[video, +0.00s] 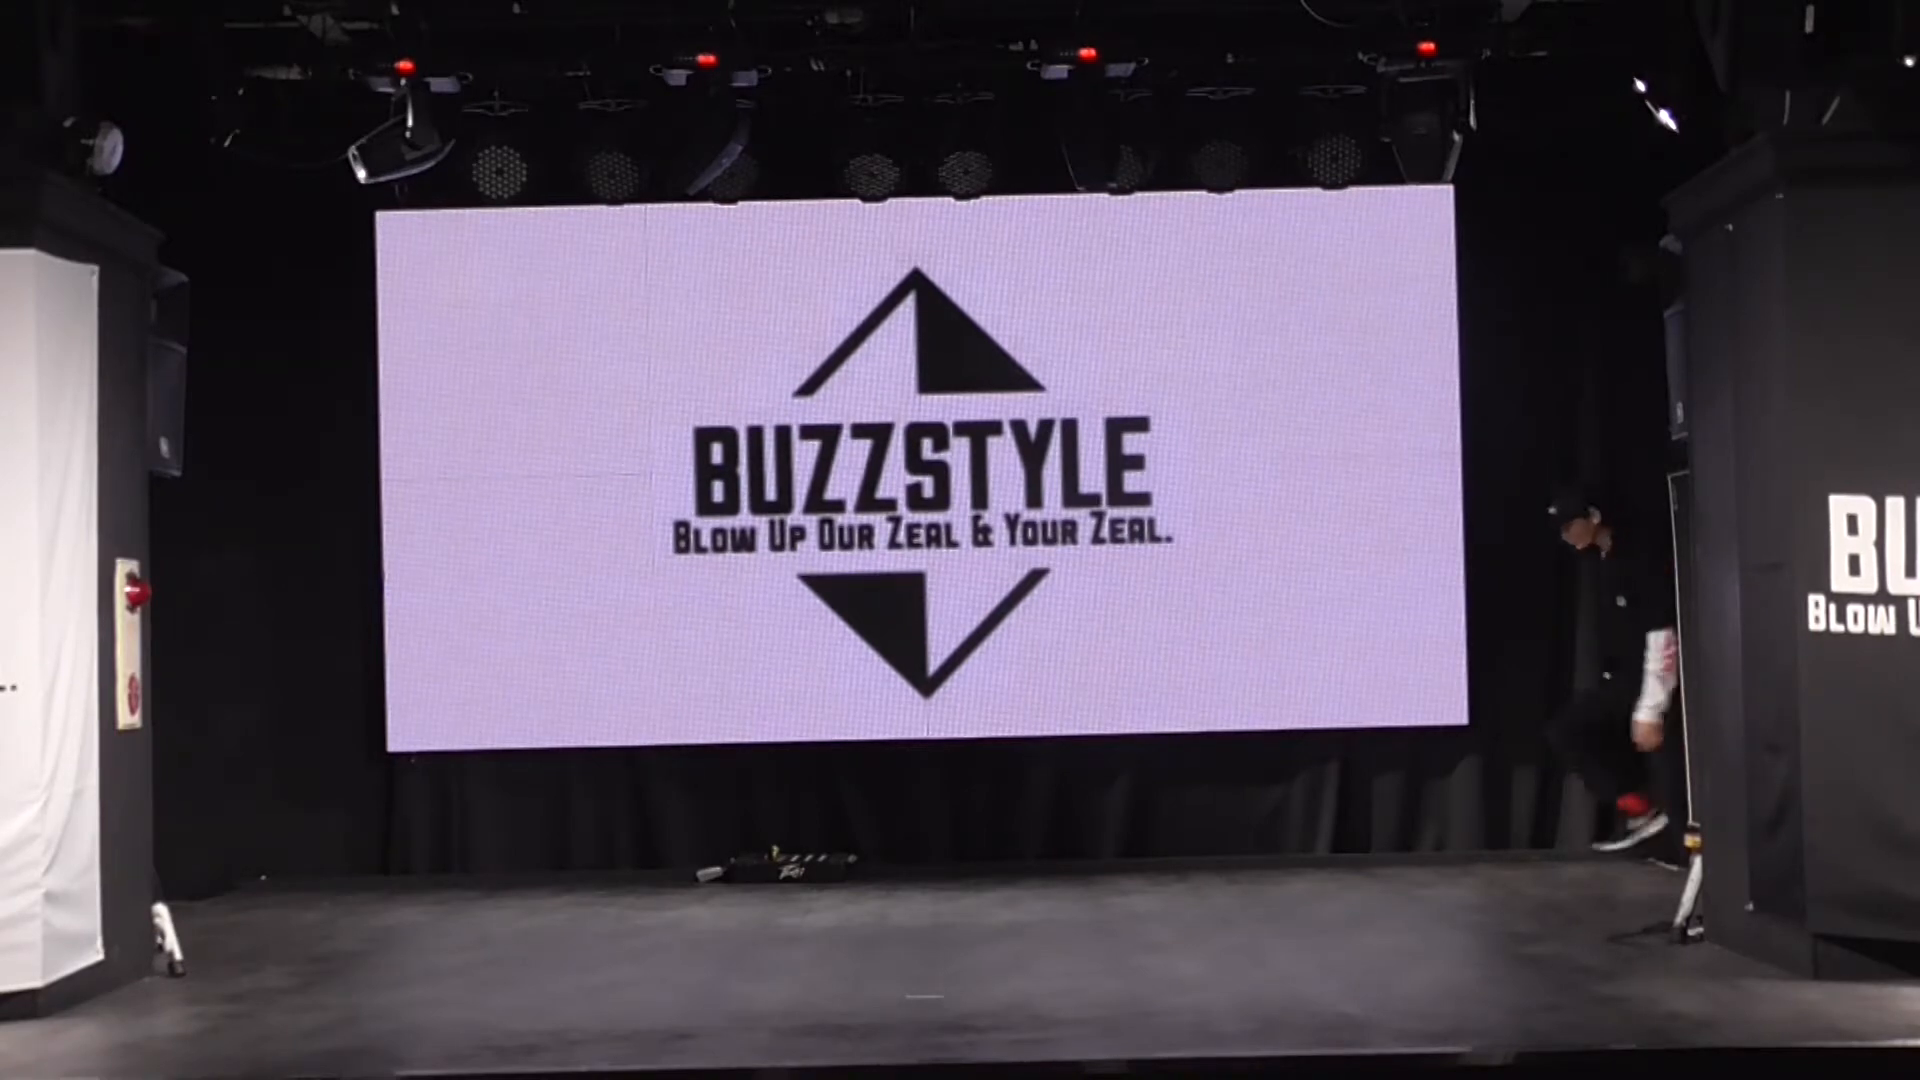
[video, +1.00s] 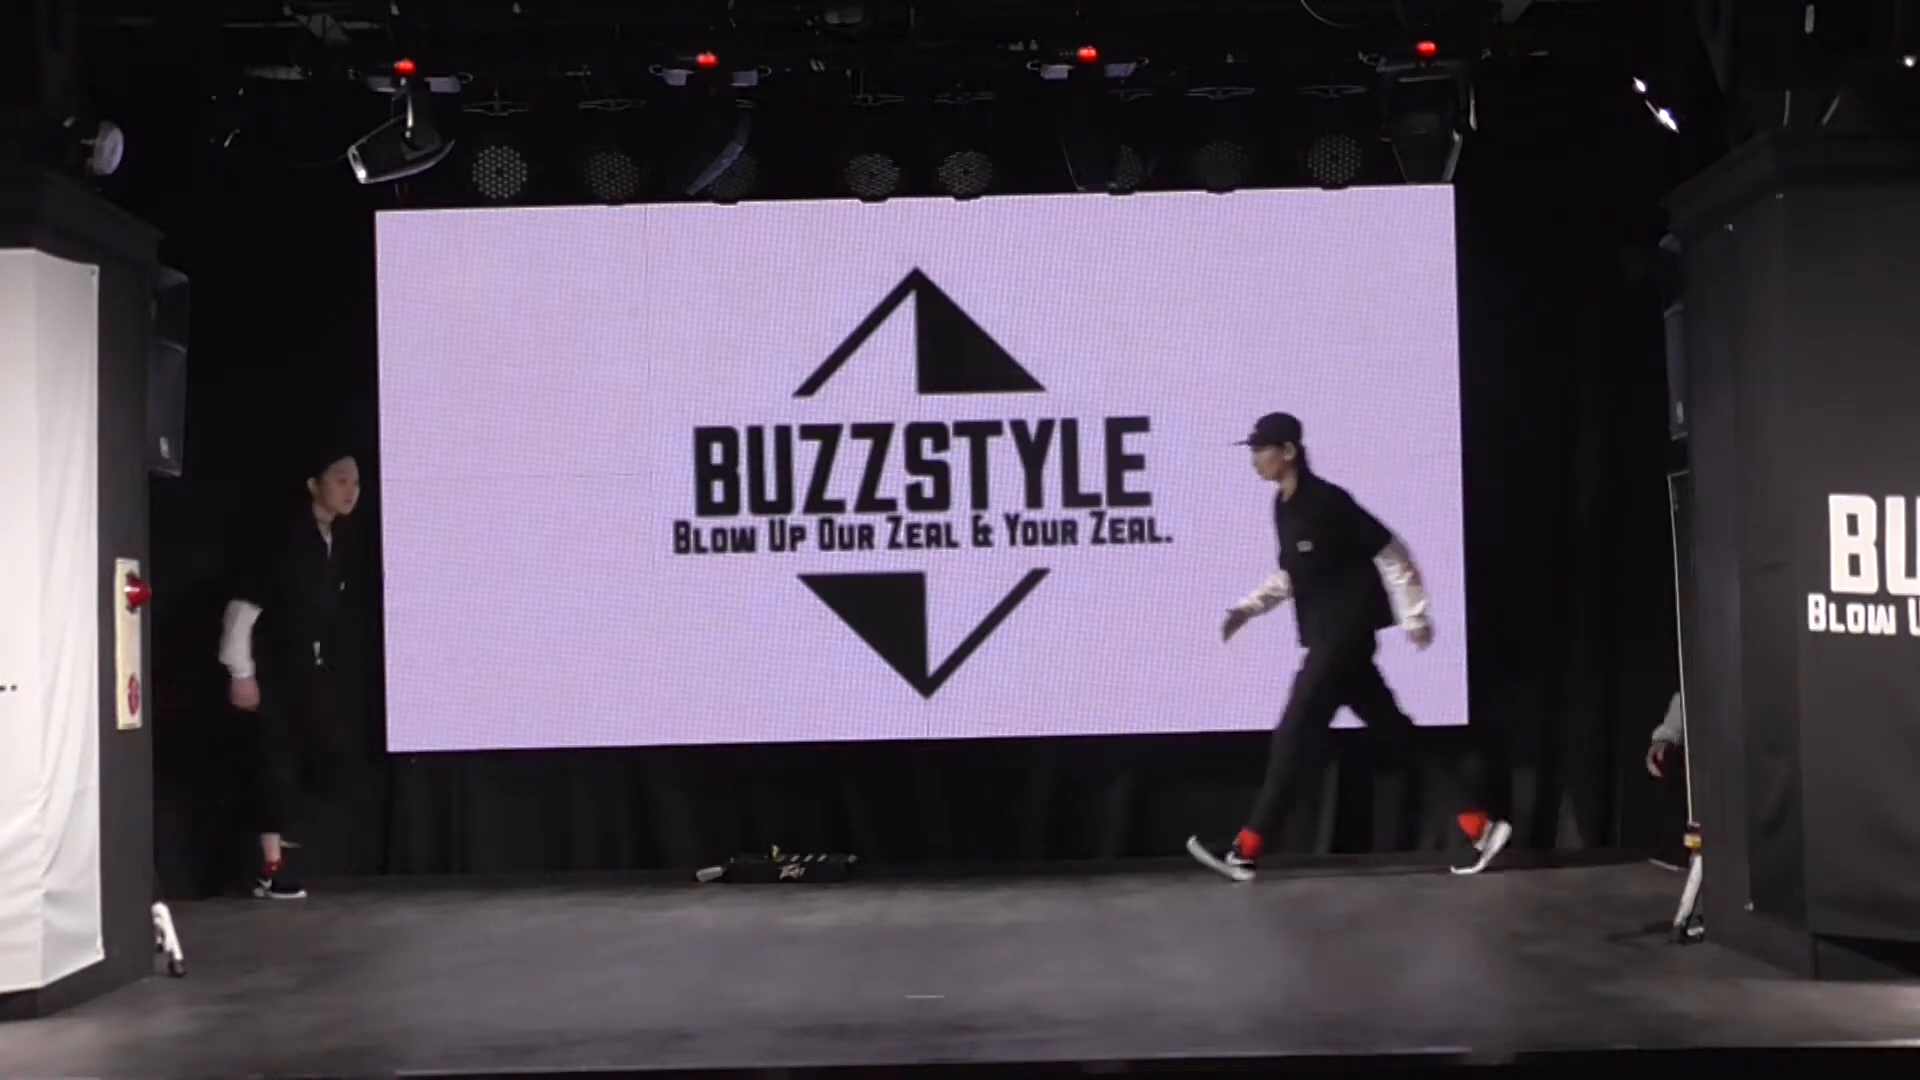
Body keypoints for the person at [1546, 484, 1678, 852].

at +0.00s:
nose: (1565, 536)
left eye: (1569, 526)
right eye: (1562, 528)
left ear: (1593, 517)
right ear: (1588, 521)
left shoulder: (1635, 553)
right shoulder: (1604, 557)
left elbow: (1662, 636)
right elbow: (1614, 633)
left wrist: (1651, 708)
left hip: (1649, 678)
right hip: (1622, 678)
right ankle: (1638, 812)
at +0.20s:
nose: (1501, 560)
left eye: (1507, 550)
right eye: (1498, 552)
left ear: (1533, 544)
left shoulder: (1573, 577)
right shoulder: (1543, 583)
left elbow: (1593, 647)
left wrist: (1530, 696)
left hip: (1614, 682)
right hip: (1579, 683)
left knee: (1640, 765)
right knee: (1516, 725)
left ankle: (1669, 848)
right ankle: (1511, 843)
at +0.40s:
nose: (1426, 507)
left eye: (1429, 497)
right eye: (1423, 499)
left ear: (1454, 491)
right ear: (1450, 493)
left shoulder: (1489, 519)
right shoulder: (1468, 523)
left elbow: (1526, 590)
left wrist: (1517, 662)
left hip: (1555, 643)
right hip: (1522, 645)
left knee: (1597, 739)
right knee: (1478, 733)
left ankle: (1685, 829)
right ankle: (1506, 846)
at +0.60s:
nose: (1374, 471)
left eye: (1378, 462)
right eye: (1371, 464)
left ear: (1403, 453)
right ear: (1392, 459)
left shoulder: (1446, 490)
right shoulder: (1413, 497)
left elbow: (1504, 551)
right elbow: (1449, 564)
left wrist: (1534, 619)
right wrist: (1456, 624)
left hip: (1490, 630)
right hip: (1461, 634)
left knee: (1481, 728)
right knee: (1461, 736)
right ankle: (1502, 842)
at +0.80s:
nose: (1322, 458)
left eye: (1327, 448)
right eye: (1319, 449)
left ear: (1354, 441)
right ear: (1342, 446)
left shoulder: (1408, 479)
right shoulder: (1357, 494)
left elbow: (1467, 536)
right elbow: (1373, 573)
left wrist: (1500, 597)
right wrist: (1363, 640)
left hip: (1429, 616)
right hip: (1408, 620)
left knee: (1354, 696)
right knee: (1448, 729)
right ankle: (1499, 837)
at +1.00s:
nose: (1254, 459)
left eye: (1261, 450)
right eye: (1253, 451)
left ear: (1288, 451)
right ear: (1275, 455)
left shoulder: (1327, 501)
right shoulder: (1284, 505)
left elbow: (1390, 552)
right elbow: (1294, 575)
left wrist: (1414, 614)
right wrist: (1249, 607)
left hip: (1346, 641)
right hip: (1327, 643)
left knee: (1294, 733)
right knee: (1399, 735)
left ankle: (1246, 851)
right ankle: (1478, 826)